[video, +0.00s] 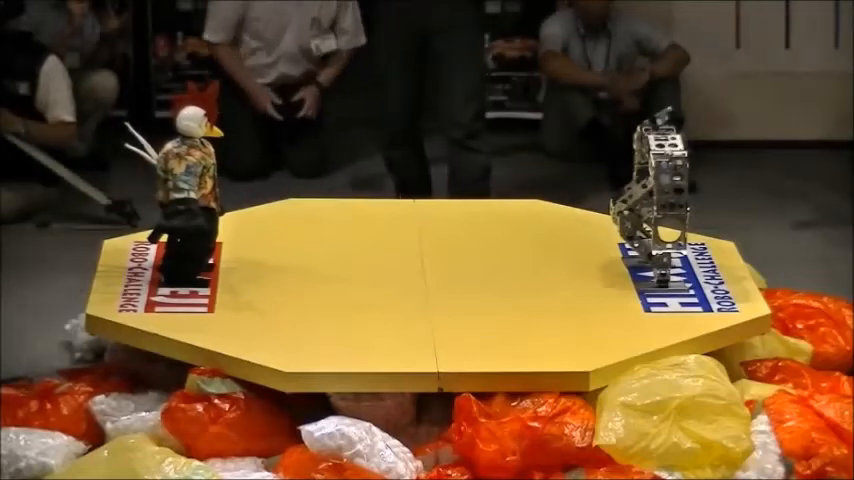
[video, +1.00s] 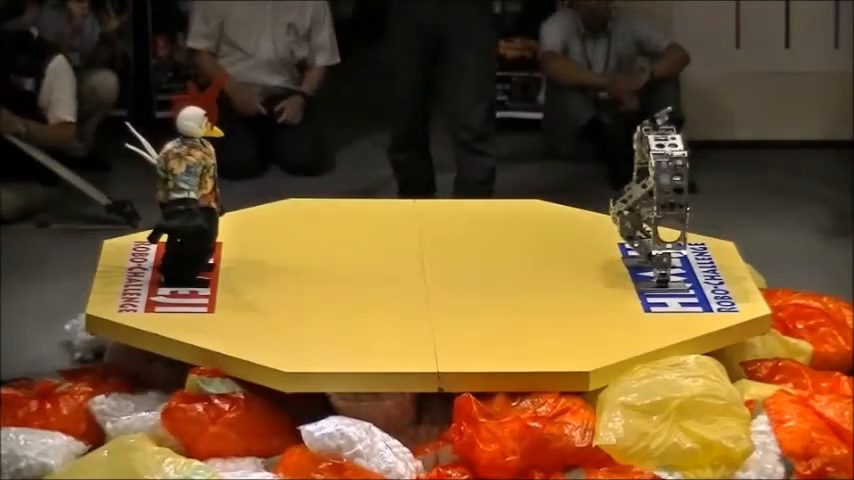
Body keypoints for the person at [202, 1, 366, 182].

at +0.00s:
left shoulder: (340, 5)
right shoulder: (233, 6)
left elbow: (347, 43)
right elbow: (220, 43)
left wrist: (318, 87)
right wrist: (254, 90)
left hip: (304, 87)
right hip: (248, 88)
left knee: (310, 166)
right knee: (245, 167)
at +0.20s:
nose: (281, 7)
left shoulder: (318, 8)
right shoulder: (219, 7)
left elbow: (327, 68)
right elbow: (203, 67)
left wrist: (302, 112)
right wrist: (242, 113)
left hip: (291, 97)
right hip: (237, 99)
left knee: (309, 162)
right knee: (237, 166)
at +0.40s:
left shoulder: (306, 9)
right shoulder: (210, 7)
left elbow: (317, 68)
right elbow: (193, 71)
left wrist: (295, 108)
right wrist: (231, 112)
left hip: (284, 102)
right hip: (230, 105)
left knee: (309, 160)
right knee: (236, 166)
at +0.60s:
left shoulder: (302, 5)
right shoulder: (203, 5)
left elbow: (315, 56)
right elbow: (191, 61)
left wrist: (295, 95)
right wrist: (226, 96)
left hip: (281, 96)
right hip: (230, 99)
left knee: (305, 161)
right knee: (238, 165)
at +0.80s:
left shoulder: (306, 5)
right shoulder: (206, 5)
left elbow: (318, 54)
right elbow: (193, 54)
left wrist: (299, 95)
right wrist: (228, 92)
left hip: (283, 93)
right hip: (231, 95)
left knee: (305, 160)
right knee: (238, 164)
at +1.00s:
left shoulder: (313, 5)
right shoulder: (213, 5)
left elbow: (321, 58)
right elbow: (201, 53)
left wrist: (301, 97)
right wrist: (234, 90)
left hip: (286, 93)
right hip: (234, 93)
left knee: (305, 161)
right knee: (237, 165)